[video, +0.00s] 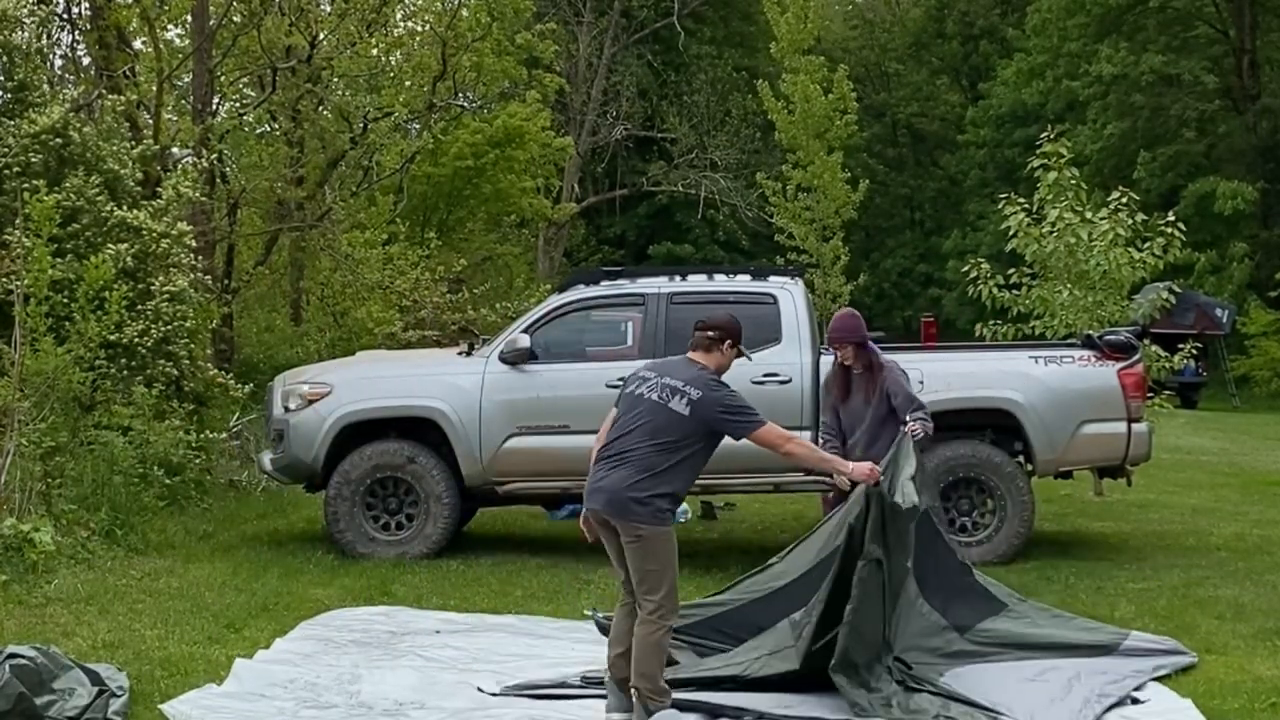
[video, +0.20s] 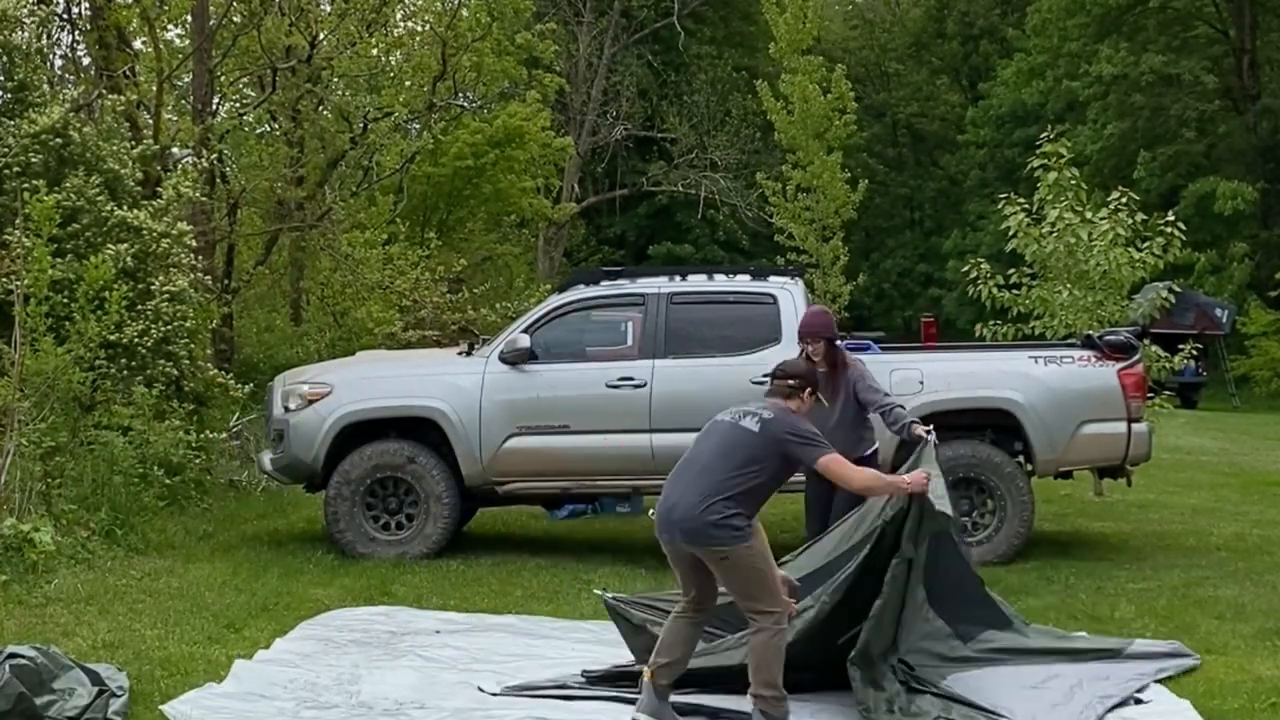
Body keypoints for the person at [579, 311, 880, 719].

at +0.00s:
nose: (733, 362)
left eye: (735, 355)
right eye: (734, 354)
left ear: (693, 343)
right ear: (725, 348)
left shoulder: (645, 372)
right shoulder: (714, 393)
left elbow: (601, 440)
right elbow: (785, 444)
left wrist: (590, 502)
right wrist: (846, 467)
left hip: (599, 496)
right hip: (642, 504)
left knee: (632, 596)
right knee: (657, 606)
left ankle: (619, 694)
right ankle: (651, 706)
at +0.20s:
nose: (812, 407)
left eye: (813, 401)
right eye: (813, 401)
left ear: (772, 390)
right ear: (804, 396)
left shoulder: (733, 413)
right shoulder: (791, 425)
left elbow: (730, 502)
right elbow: (854, 480)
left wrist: (766, 571)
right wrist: (902, 483)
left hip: (669, 518)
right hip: (719, 522)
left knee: (694, 602)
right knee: (770, 613)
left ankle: (652, 697)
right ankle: (770, 711)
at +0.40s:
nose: (833, 413)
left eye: (830, 410)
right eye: (832, 409)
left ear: (786, 406)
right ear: (824, 408)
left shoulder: (750, 428)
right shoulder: (816, 438)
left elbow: (733, 497)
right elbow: (880, 485)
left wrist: (787, 540)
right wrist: (941, 499)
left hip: (690, 519)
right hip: (741, 523)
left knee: (706, 605)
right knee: (784, 616)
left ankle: (680, 699)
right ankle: (772, 709)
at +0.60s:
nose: (821, 456)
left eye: (820, 450)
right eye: (821, 451)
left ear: (782, 443)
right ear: (816, 448)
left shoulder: (746, 458)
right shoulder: (811, 465)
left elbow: (748, 519)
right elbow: (889, 485)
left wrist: (806, 547)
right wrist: (953, 487)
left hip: (679, 538)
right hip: (735, 542)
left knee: (709, 609)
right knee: (786, 619)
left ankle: (690, 699)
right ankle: (770, 707)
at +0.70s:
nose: (822, 491)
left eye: (821, 486)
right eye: (819, 485)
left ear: (778, 474)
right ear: (807, 479)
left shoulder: (744, 494)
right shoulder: (797, 492)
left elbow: (752, 576)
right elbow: (874, 498)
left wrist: (807, 613)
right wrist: (941, 489)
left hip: (672, 574)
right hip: (721, 574)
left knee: (726, 619)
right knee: (801, 623)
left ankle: (694, 703)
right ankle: (773, 711)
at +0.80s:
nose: (832, 511)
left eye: (829, 507)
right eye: (825, 505)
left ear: (781, 500)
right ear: (802, 504)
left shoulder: (751, 519)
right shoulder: (790, 516)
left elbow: (769, 597)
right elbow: (867, 525)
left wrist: (805, 653)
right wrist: (924, 519)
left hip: (671, 608)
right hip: (703, 607)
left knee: (747, 617)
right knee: (809, 619)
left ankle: (697, 694)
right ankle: (774, 709)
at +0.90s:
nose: (810, 537)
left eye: (809, 534)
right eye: (808, 532)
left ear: (772, 522)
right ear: (799, 528)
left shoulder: (745, 543)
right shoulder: (785, 541)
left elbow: (771, 611)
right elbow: (866, 555)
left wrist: (814, 657)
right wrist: (908, 546)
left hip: (672, 640)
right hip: (699, 635)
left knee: (761, 626)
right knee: (806, 614)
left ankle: (699, 699)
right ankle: (774, 710)